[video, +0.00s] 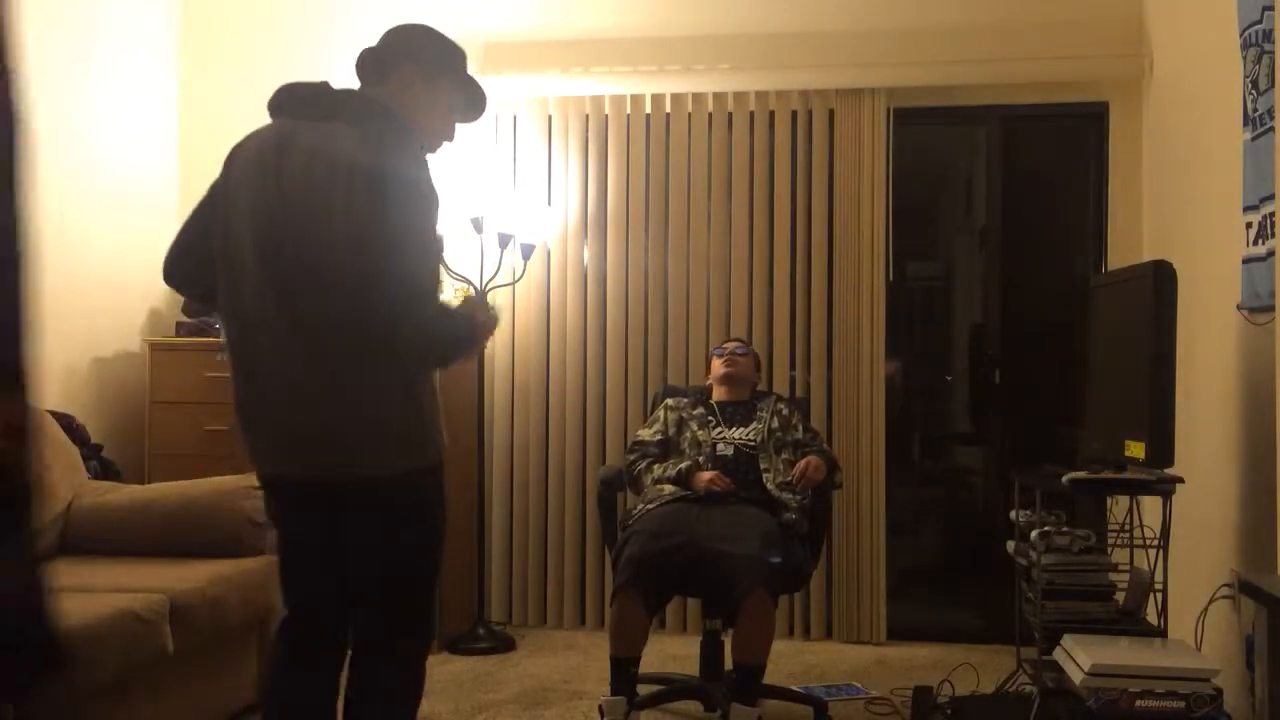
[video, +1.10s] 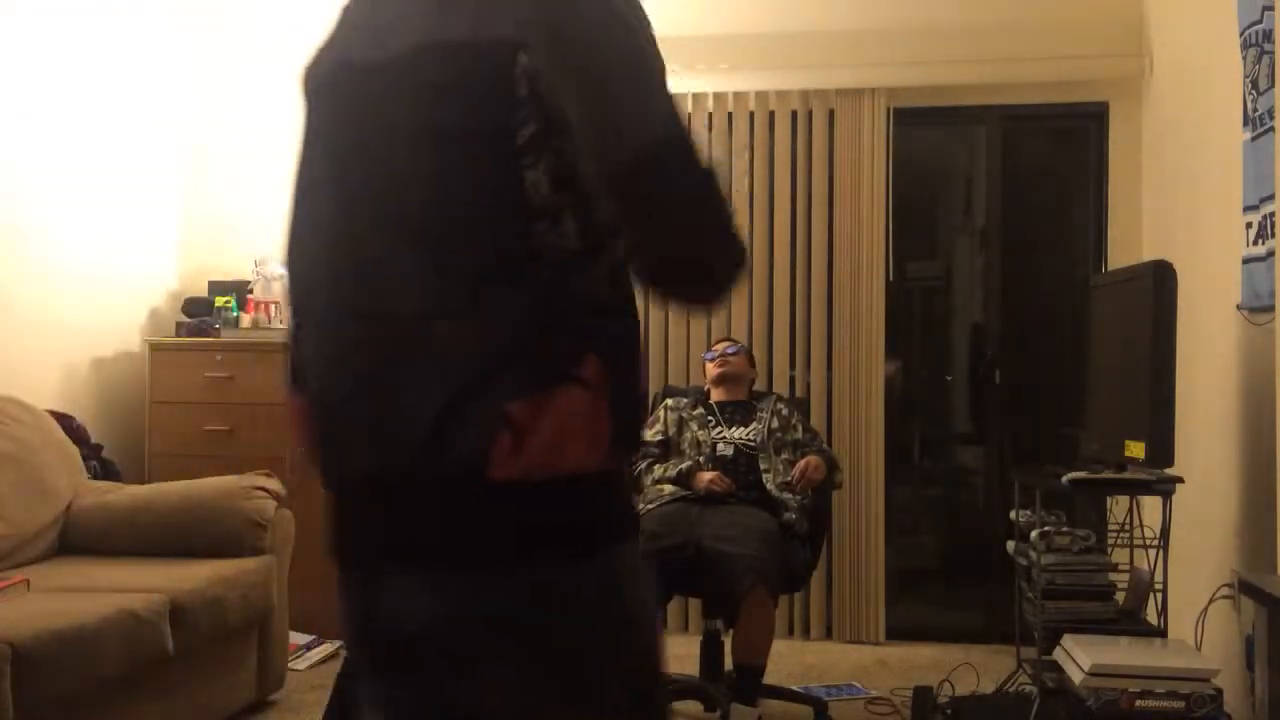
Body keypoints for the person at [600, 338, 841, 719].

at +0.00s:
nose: (729, 353)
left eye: (740, 350)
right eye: (720, 351)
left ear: (757, 372)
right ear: (708, 372)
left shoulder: (779, 412)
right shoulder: (674, 409)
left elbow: (822, 454)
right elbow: (639, 465)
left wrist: (819, 461)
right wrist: (689, 476)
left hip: (749, 508)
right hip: (673, 505)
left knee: (756, 576)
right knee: (638, 567)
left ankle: (746, 705)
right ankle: (621, 695)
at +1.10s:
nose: (722, 354)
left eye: (733, 349)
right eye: (714, 353)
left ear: (752, 370)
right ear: (704, 374)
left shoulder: (780, 411)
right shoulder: (674, 407)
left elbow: (826, 463)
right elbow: (643, 469)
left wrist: (819, 460)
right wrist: (690, 477)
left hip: (749, 508)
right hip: (675, 506)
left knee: (757, 580)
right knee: (634, 572)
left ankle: (745, 704)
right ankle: (637, 693)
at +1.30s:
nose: (723, 356)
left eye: (732, 351)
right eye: (719, 351)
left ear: (752, 368)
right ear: (712, 367)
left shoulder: (779, 410)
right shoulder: (703, 413)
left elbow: (824, 456)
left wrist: (819, 462)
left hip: (768, 527)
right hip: (713, 526)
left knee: (758, 610)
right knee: (714, 608)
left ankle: (746, 698)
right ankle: (712, 696)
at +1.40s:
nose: (742, 379)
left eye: (747, 371)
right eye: (734, 371)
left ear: (754, 374)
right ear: (720, 376)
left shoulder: (777, 412)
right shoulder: (706, 420)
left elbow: (825, 459)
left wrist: (819, 462)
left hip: (781, 532)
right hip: (725, 533)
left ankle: (752, 684)